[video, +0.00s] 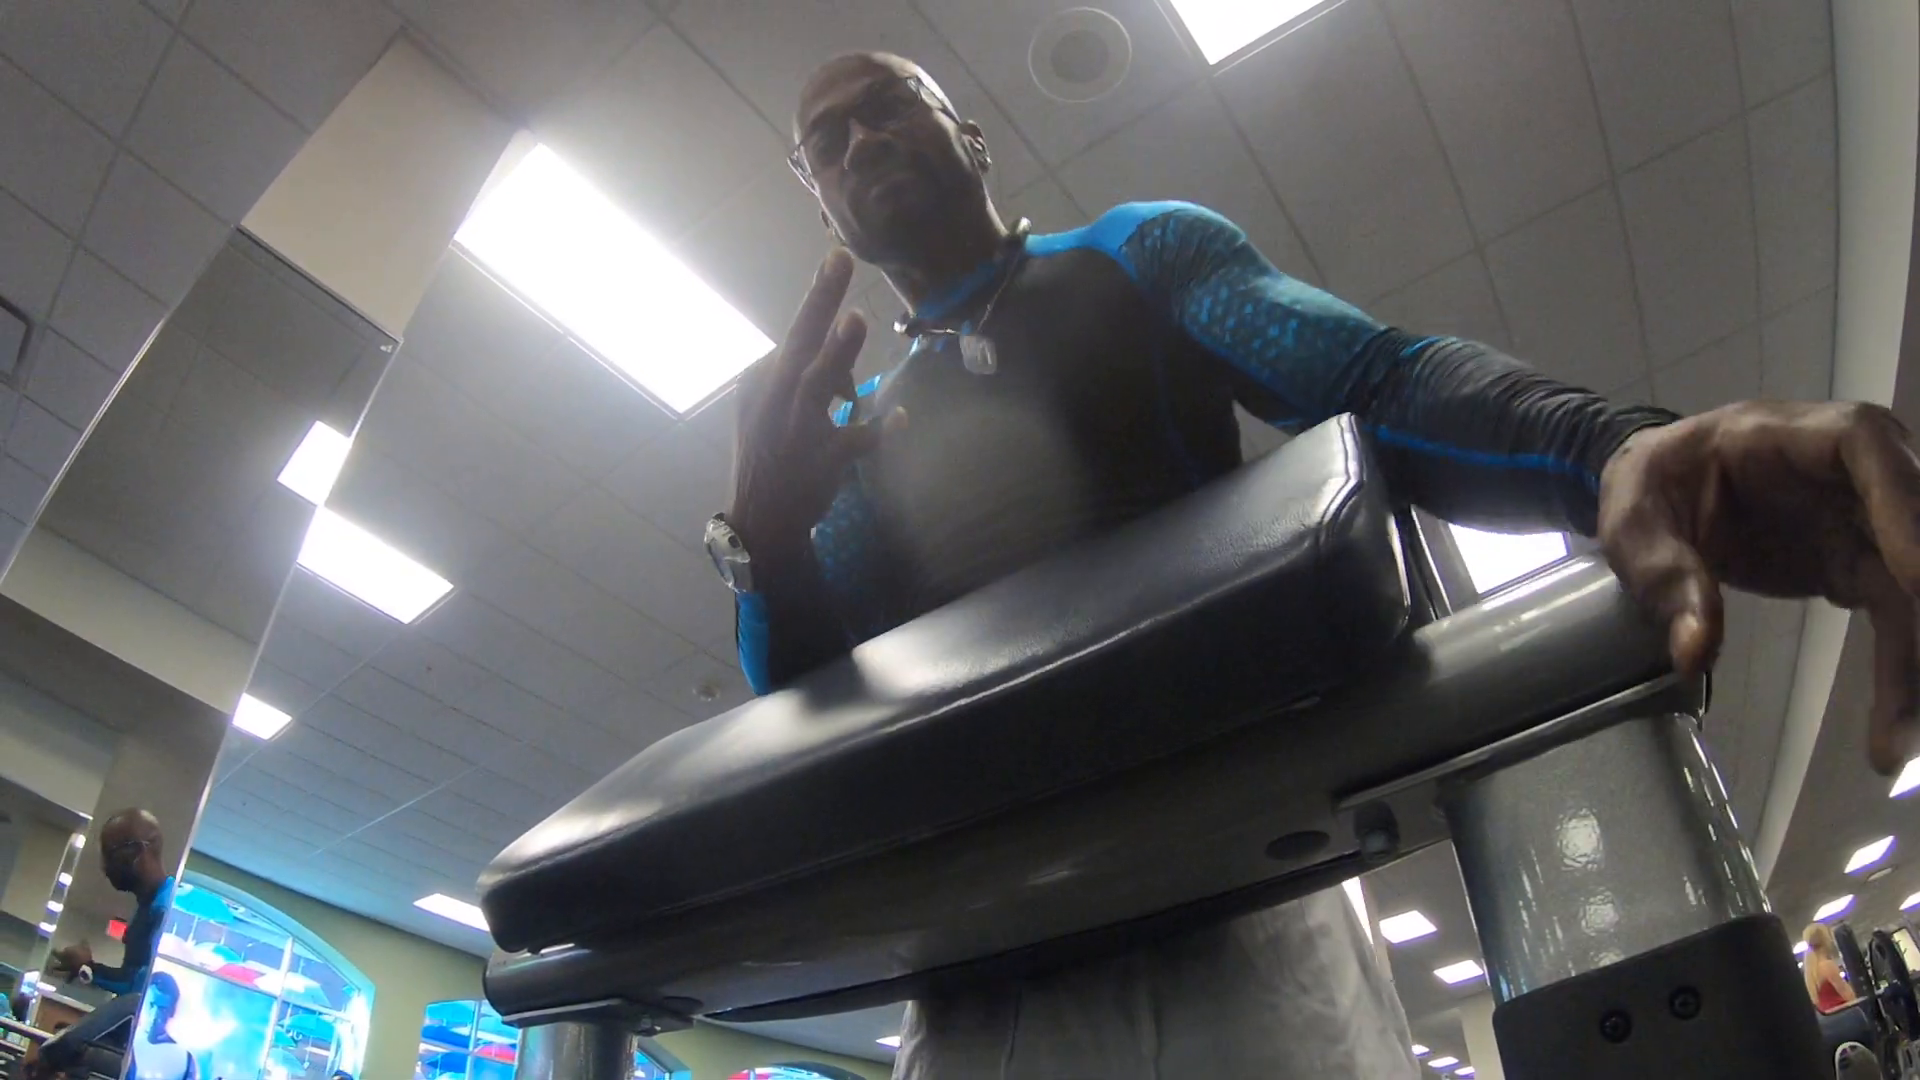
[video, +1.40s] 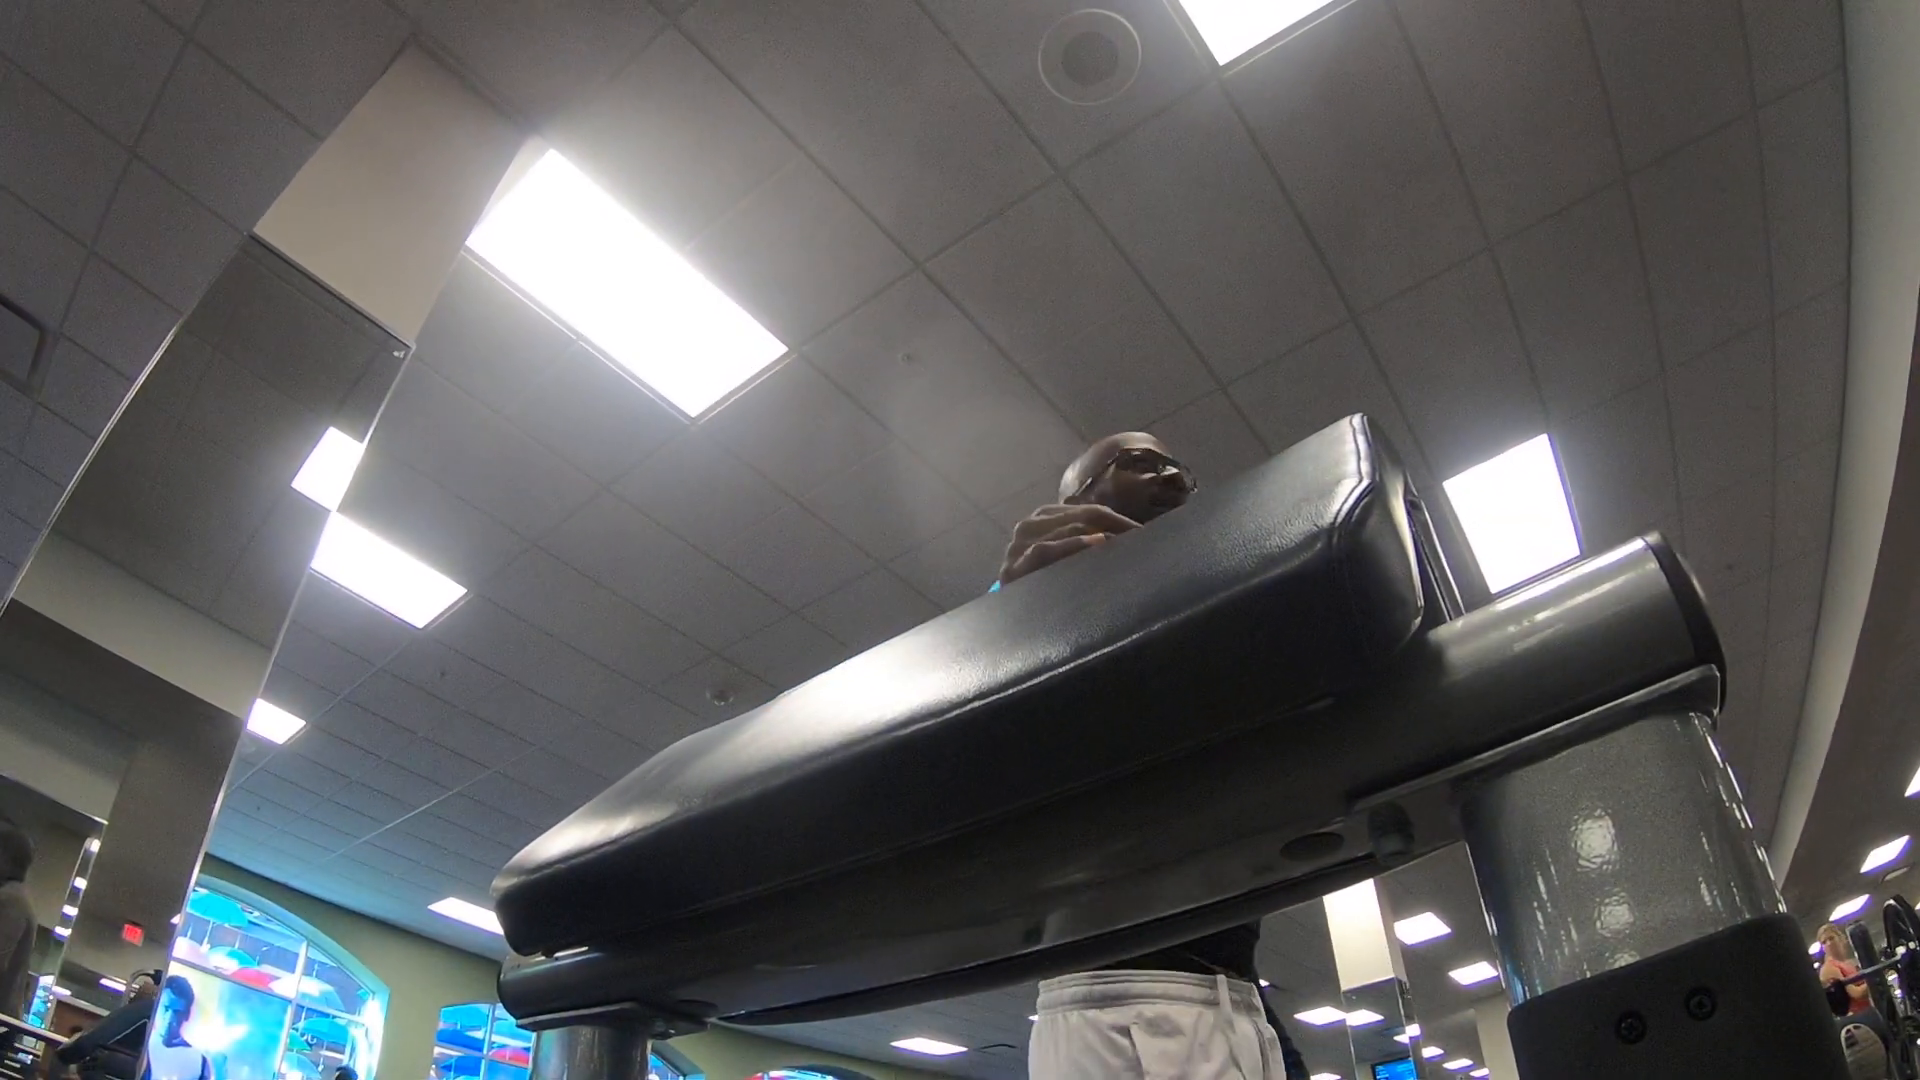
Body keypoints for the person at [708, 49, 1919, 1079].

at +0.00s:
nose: (860, 150)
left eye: (883, 115)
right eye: (827, 149)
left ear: (969, 139)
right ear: (825, 223)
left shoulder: (1135, 256)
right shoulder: (841, 439)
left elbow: (1374, 378)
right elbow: (811, 745)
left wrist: (1611, 457)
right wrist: (762, 538)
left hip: (1244, 837)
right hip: (993, 901)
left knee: (1340, 1067)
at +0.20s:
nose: (885, 224)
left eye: (903, 196)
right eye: (851, 223)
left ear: (978, 229)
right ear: (835, 286)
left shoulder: (1139, 349)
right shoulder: (830, 477)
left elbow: (1353, 512)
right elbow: (792, 762)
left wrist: (1589, 522)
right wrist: (788, 512)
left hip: (1235, 865)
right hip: (977, 921)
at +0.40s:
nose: (880, 285)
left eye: (901, 263)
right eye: (848, 284)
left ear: (952, 293)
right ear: (829, 350)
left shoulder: (1118, 440)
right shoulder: (837, 528)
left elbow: (1244, 642)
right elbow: (771, 744)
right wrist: (810, 532)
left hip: (1182, 912)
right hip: (958, 965)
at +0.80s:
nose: (1037, 351)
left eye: (1033, 338)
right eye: (1000, 330)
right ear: (909, 372)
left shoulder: (1090, 522)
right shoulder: (846, 521)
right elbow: (761, 693)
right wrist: (929, 567)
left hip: (1166, 936)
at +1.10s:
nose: (1137, 454)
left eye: (1131, 434)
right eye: (1118, 424)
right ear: (1049, 415)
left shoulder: (1146, 564)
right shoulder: (930, 543)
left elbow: (1176, 834)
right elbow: (836, 705)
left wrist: (1259, 1034)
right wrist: (977, 583)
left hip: (1196, 980)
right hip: (1048, 990)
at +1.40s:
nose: (1179, 475)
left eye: (1178, 467)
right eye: (1140, 461)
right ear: (1074, 505)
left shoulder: (1228, 587)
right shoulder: (1059, 598)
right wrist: (1010, 597)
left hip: (1237, 999)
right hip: (1104, 1004)